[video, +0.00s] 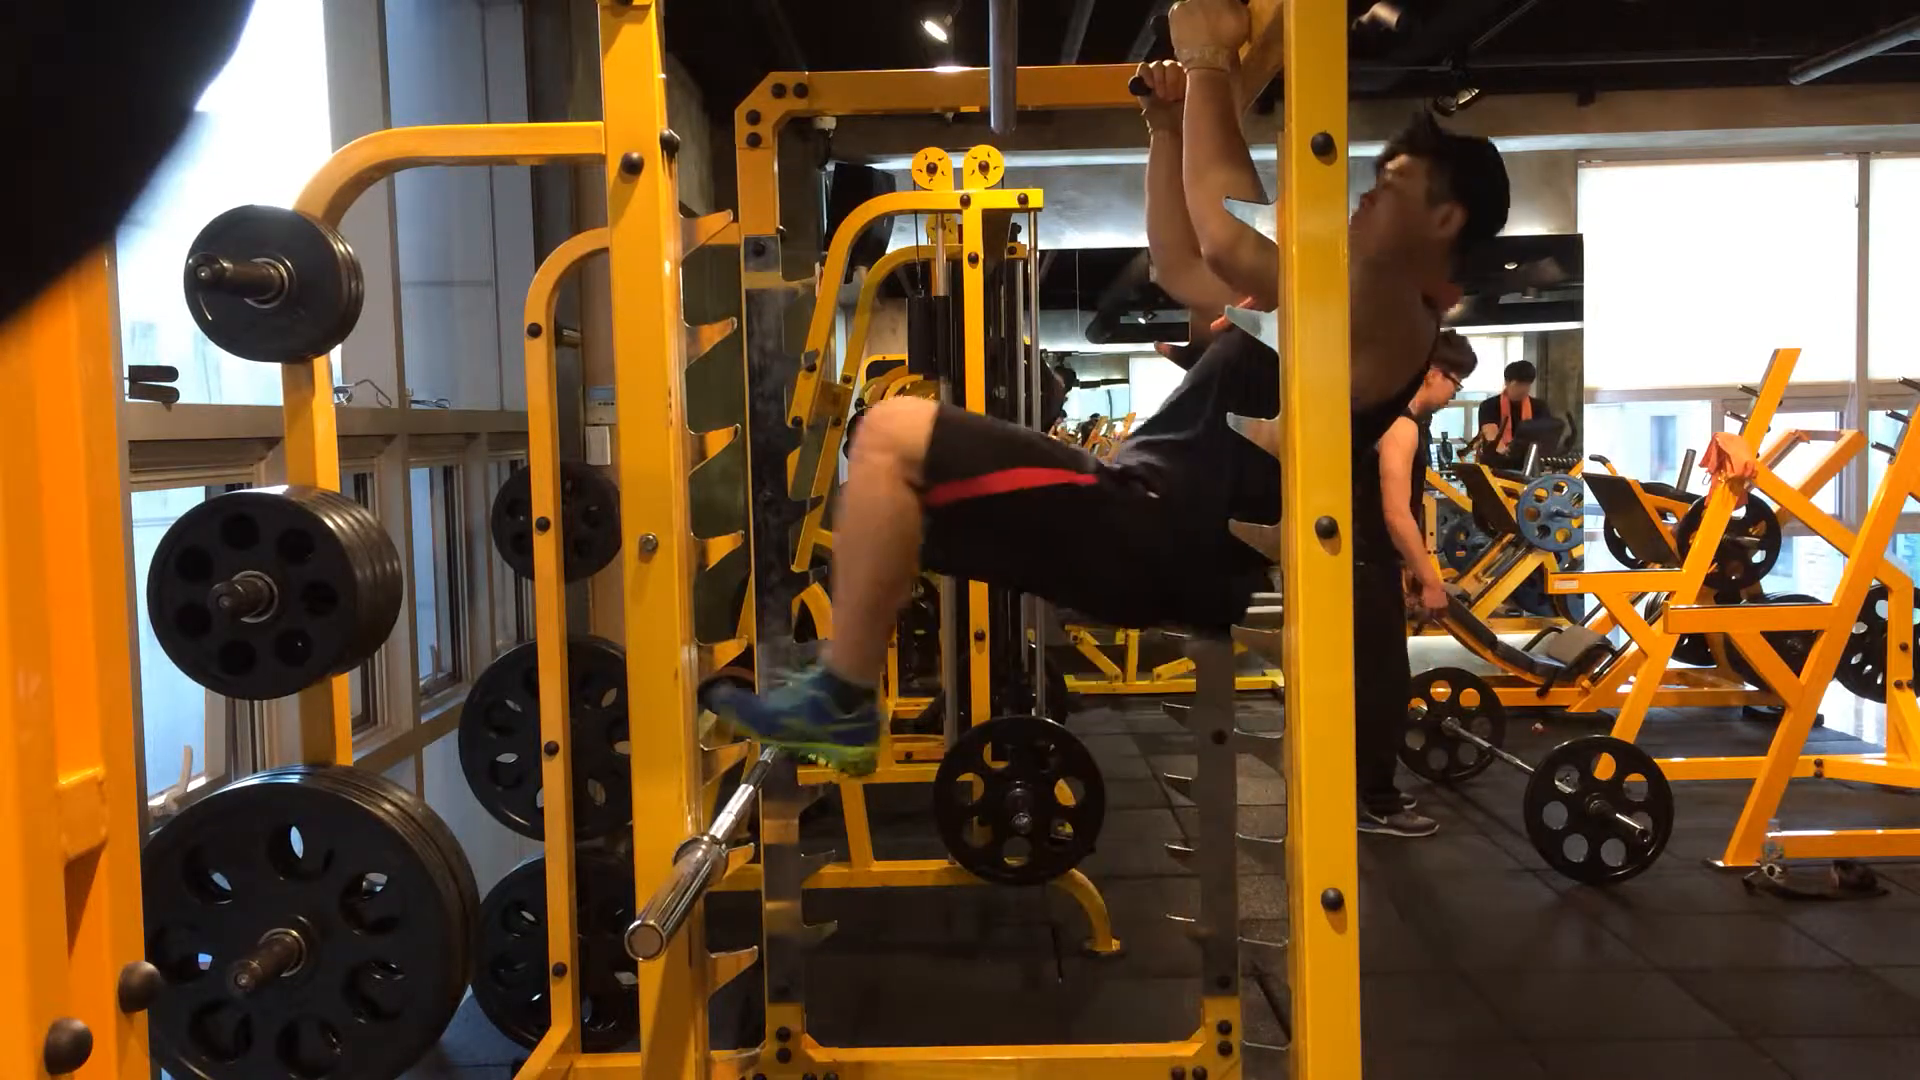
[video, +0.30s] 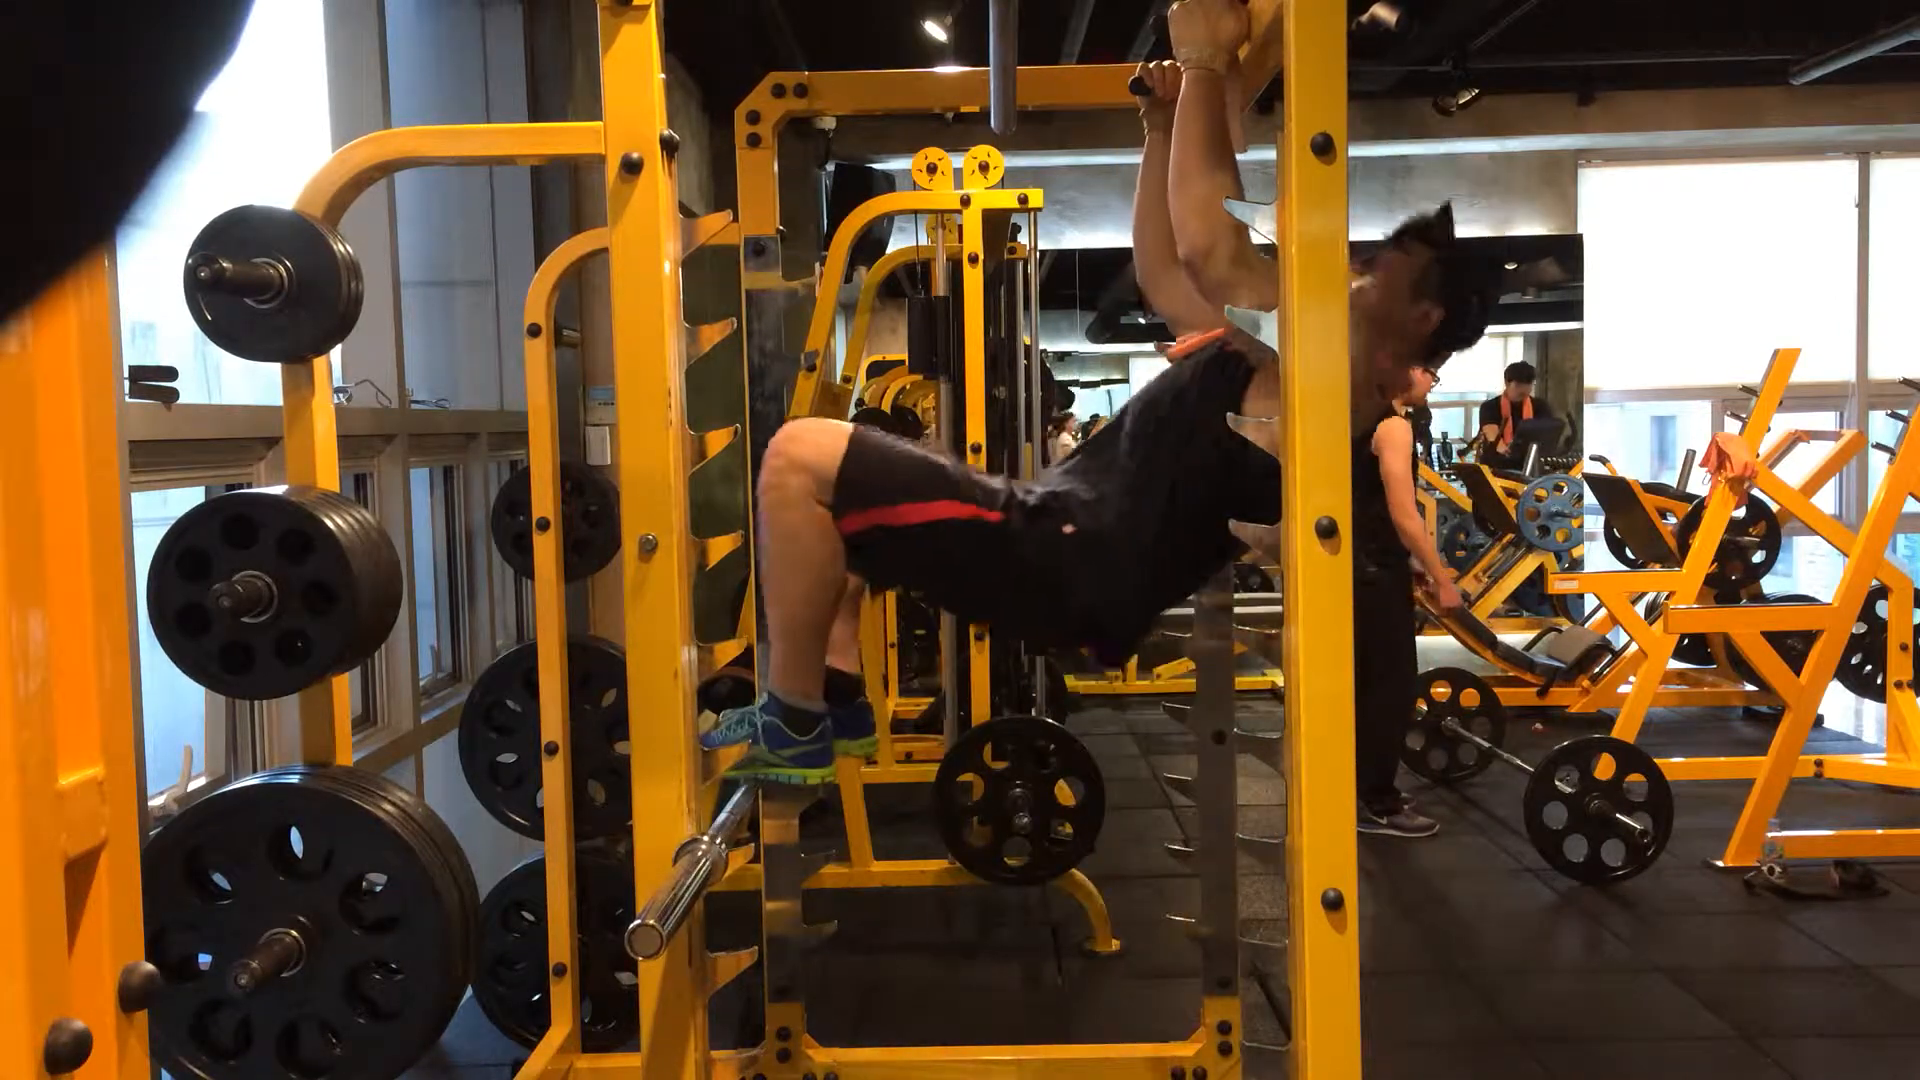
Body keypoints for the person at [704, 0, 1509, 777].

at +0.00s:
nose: (1363, 194)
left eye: (1391, 186)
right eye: (1374, 179)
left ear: (1444, 231)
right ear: (1377, 200)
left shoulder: (1385, 316)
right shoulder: (1342, 305)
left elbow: (1230, 240)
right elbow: (1182, 273)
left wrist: (1215, 69)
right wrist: (1164, 126)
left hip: (1171, 543)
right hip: (1147, 518)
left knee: (894, 436)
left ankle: (844, 692)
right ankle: (838, 679)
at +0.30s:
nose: (1357, 272)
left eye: (1380, 271)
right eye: (1370, 260)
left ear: (1422, 331)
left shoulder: (1344, 388)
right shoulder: (1292, 361)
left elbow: (1212, 252)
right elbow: (1164, 273)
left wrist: (1211, 66)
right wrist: (1161, 127)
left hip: (1074, 567)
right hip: (1063, 535)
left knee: (799, 460)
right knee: (826, 458)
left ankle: (791, 721)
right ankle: (832, 694)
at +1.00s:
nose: (1390, 183)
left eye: (1411, 192)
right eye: (1405, 177)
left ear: (1422, 250)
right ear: (1396, 216)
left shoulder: (1338, 279)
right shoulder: (1329, 271)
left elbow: (1196, 252)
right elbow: (1152, 239)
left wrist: (1212, 72)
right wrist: (1166, 117)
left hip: (1041, 429)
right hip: (1035, 401)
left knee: (746, 465)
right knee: (775, 434)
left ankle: (780, 716)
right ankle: (822, 672)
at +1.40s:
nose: (1400, 150)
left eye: (1423, 159)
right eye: (1414, 142)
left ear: (1432, 225)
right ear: (1396, 172)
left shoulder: (1346, 271)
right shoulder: (1330, 245)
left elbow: (1195, 247)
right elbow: (1151, 241)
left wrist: (1205, 66)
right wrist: (1170, 111)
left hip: (1036, 422)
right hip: (1032, 397)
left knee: (752, 456)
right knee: (793, 453)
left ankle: (783, 717)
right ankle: (824, 675)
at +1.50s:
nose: (1390, 207)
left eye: (1413, 214)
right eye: (1403, 200)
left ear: (1429, 274)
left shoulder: (1345, 311)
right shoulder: (1316, 319)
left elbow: (1206, 260)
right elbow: (1142, 277)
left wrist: (1209, 69)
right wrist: (1157, 126)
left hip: (1036, 478)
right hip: (1026, 439)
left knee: (748, 469)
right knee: (772, 438)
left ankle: (783, 719)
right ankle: (819, 671)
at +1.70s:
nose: (1370, 269)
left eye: (1399, 285)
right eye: (1381, 255)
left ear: (1408, 345)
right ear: (1354, 258)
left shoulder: (1318, 395)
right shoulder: (1263, 357)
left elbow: (1205, 266)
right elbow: (1143, 279)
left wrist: (1205, 71)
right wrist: (1155, 132)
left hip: (1020, 538)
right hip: (994, 479)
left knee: (738, 471)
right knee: (766, 445)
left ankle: (780, 714)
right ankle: (824, 674)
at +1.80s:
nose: (1369, 259)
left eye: (1396, 276)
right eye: (1383, 248)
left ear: (1403, 335)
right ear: (1363, 248)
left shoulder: (1312, 388)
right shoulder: (1269, 342)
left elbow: (1196, 256)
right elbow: (1137, 274)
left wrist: (1205, 70)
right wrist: (1158, 123)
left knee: (732, 478)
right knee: (748, 441)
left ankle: (779, 715)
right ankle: (821, 676)